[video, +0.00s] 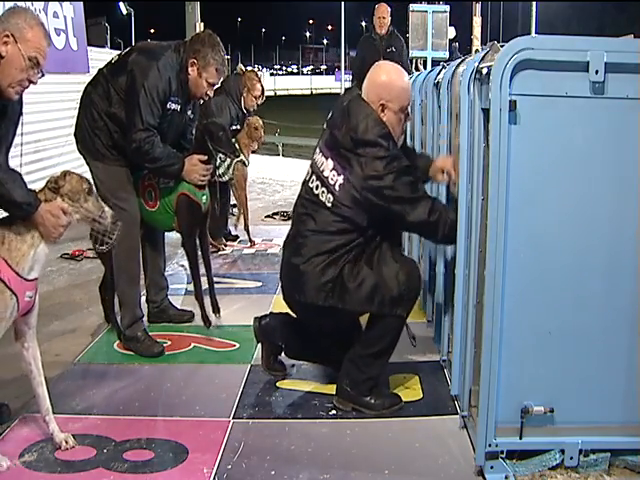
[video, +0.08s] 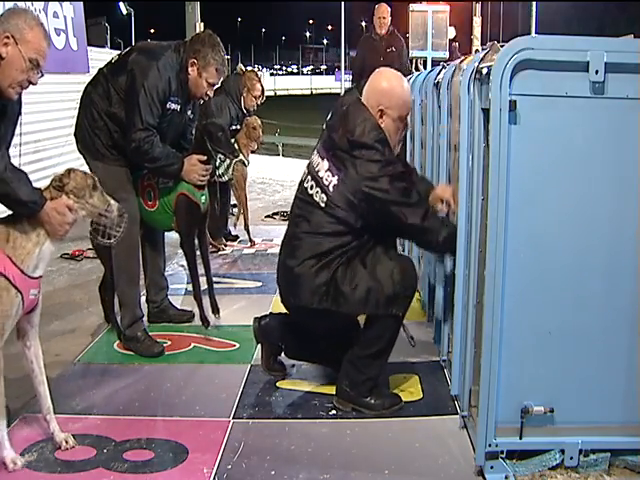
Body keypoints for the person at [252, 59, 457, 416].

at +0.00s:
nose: (407, 119)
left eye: (407, 111)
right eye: (403, 112)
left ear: (374, 105)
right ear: (382, 110)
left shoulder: (349, 124)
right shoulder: (378, 164)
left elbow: (391, 154)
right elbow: (438, 221)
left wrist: (429, 166)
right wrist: (489, 225)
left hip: (302, 267)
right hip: (324, 278)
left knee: (349, 351)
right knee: (404, 279)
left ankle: (276, 330)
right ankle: (358, 387)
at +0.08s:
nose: (405, 128)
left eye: (406, 120)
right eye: (402, 120)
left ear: (373, 109)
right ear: (380, 115)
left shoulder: (347, 128)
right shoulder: (375, 168)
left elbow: (392, 168)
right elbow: (428, 227)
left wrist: (429, 190)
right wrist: (473, 242)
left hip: (299, 270)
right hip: (320, 280)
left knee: (348, 351)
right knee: (400, 277)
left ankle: (275, 330)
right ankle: (358, 388)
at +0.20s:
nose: (401, 135)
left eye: (403, 127)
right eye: (398, 127)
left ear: (373, 115)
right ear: (376, 119)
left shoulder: (344, 137)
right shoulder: (362, 167)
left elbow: (395, 185)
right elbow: (403, 238)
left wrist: (430, 220)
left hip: (298, 276)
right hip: (313, 287)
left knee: (360, 351)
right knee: (394, 273)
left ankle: (278, 332)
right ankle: (358, 387)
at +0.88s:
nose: (400, 125)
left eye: (403, 117)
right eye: (398, 116)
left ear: (380, 103)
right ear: (377, 104)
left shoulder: (367, 131)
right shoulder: (340, 131)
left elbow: (389, 217)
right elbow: (353, 234)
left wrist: (414, 288)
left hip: (326, 262)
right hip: (300, 263)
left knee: (354, 340)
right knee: (384, 277)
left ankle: (271, 335)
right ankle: (357, 388)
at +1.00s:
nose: (402, 84)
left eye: (404, 75)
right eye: (403, 74)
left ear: (376, 59)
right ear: (390, 66)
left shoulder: (344, 86)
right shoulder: (353, 98)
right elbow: (361, 193)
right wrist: (393, 236)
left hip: (297, 230)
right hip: (305, 234)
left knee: (349, 314)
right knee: (391, 271)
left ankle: (271, 336)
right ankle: (357, 387)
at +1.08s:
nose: (397, 58)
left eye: (400, 49)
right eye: (399, 48)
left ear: (367, 29)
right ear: (390, 39)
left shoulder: (330, 66)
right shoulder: (356, 78)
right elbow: (373, 169)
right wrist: (397, 230)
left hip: (290, 208)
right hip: (311, 211)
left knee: (349, 288)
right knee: (390, 272)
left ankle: (272, 339)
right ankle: (358, 386)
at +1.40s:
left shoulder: (270, 11)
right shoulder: (356, 8)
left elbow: (261, 88)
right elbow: (380, 88)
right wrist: (397, 162)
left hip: (274, 162)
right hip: (331, 162)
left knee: (301, 262)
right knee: (371, 259)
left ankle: (285, 385)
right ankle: (355, 387)